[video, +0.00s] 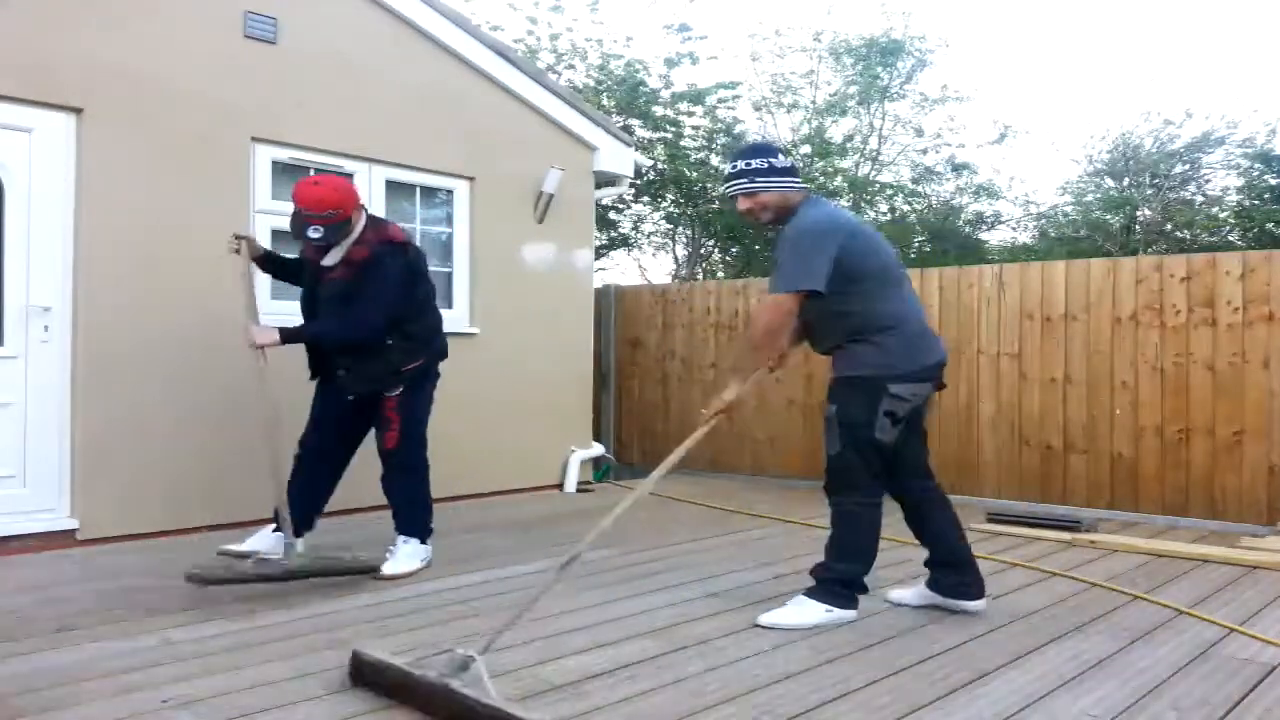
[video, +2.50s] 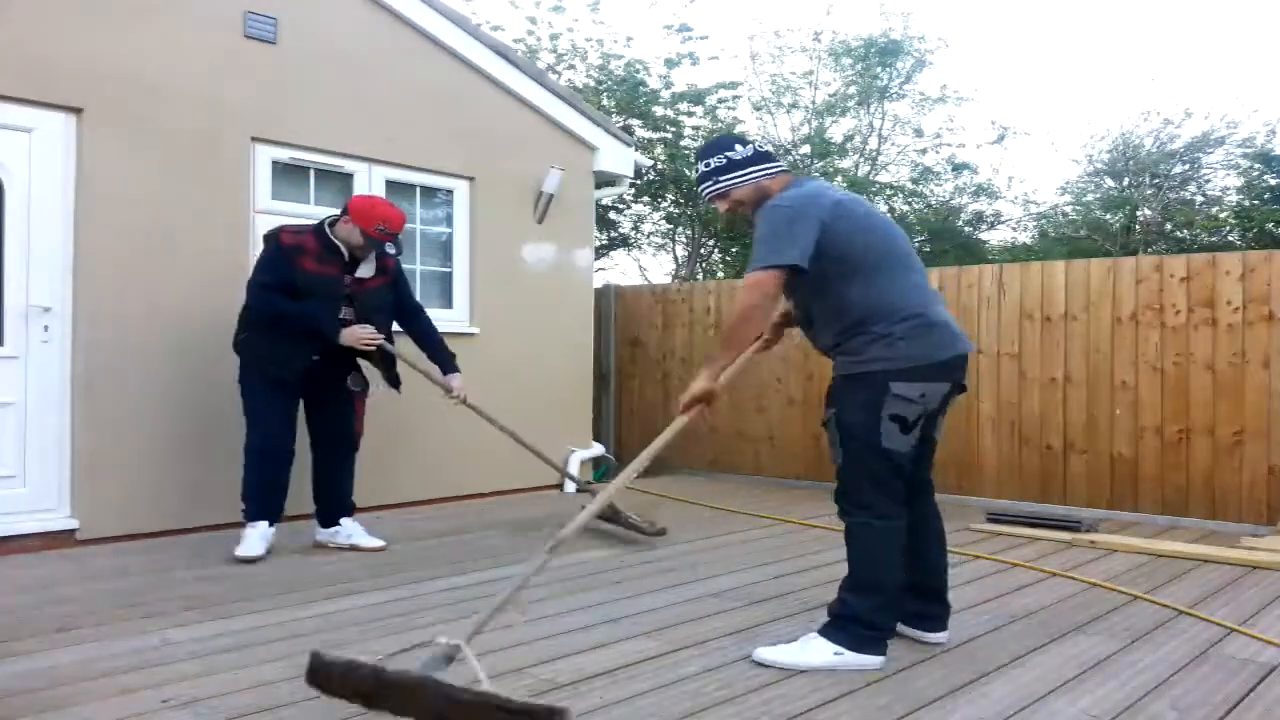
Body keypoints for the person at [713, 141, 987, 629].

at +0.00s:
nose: (743, 206)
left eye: (749, 193)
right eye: (737, 197)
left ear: (780, 185)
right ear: (787, 189)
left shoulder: (807, 228)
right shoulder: (823, 219)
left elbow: (772, 321)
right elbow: (812, 312)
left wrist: (765, 354)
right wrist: (778, 345)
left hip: (875, 367)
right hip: (905, 361)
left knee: (852, 483)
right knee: (910, 478)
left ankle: (835, 593)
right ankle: (959, 583)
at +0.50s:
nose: (809, 209)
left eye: (812, 196)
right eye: (804, 201)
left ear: (840, 185)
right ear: (849, 186)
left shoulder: (869, 225)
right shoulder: (906, 216)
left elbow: (871, 311)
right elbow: (916, 310)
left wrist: (860, 364)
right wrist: (870, 375)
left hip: (923, 360)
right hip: (966, 358)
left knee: (866, 472)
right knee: (941, 473)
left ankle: (882, 603)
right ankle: (969, 590)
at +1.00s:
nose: (751, 235)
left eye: (749, 222)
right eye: (743, 229)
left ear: (773, 203)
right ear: (779, 202)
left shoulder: (828, 229)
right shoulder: (843, 223)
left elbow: (828, 318)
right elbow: (849, 326)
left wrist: (797, 382)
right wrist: (804, 383)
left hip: (926, 365)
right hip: (962, 358)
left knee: (901, 487)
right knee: (951, 480)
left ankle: (892, 614)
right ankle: (966, 590)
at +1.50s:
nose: (746, 213)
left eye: (746, 199)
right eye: (740, 204)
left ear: (774, 185)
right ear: (786, 184)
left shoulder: (822, 213)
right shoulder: (844, 210)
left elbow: (803, 293)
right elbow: (861, 293)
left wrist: (763, 365)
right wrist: (815, 335)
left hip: (907, 363)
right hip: (947, 357)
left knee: (881, 486)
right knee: (927, 481)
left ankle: (889, 614)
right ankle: (945, 601)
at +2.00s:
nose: (750, 214)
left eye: (750, 200)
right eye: (743, 205)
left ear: (776, 183)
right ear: (795, 177)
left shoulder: (822, 213)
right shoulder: (852, 206)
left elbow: (826, 303)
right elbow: (861, 308)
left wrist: (804, 375)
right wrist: (820, 377)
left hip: (902, 366)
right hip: (942, 360)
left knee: (869, 496)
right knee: (922, 487)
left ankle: (858, 634)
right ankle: (941, 602)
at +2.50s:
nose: (723, 209)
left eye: (721, 195)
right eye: (717, 200)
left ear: (743, 177)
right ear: (764, 167)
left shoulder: (789, 206)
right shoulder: (824, 197)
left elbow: (759, 299)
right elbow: (843, 276)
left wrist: (713, 371)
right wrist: (787, 317)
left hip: (886, 361)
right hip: (932, 355)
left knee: (866, 496)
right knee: (910, 491)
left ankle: (857, 636)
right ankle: (924, 613)